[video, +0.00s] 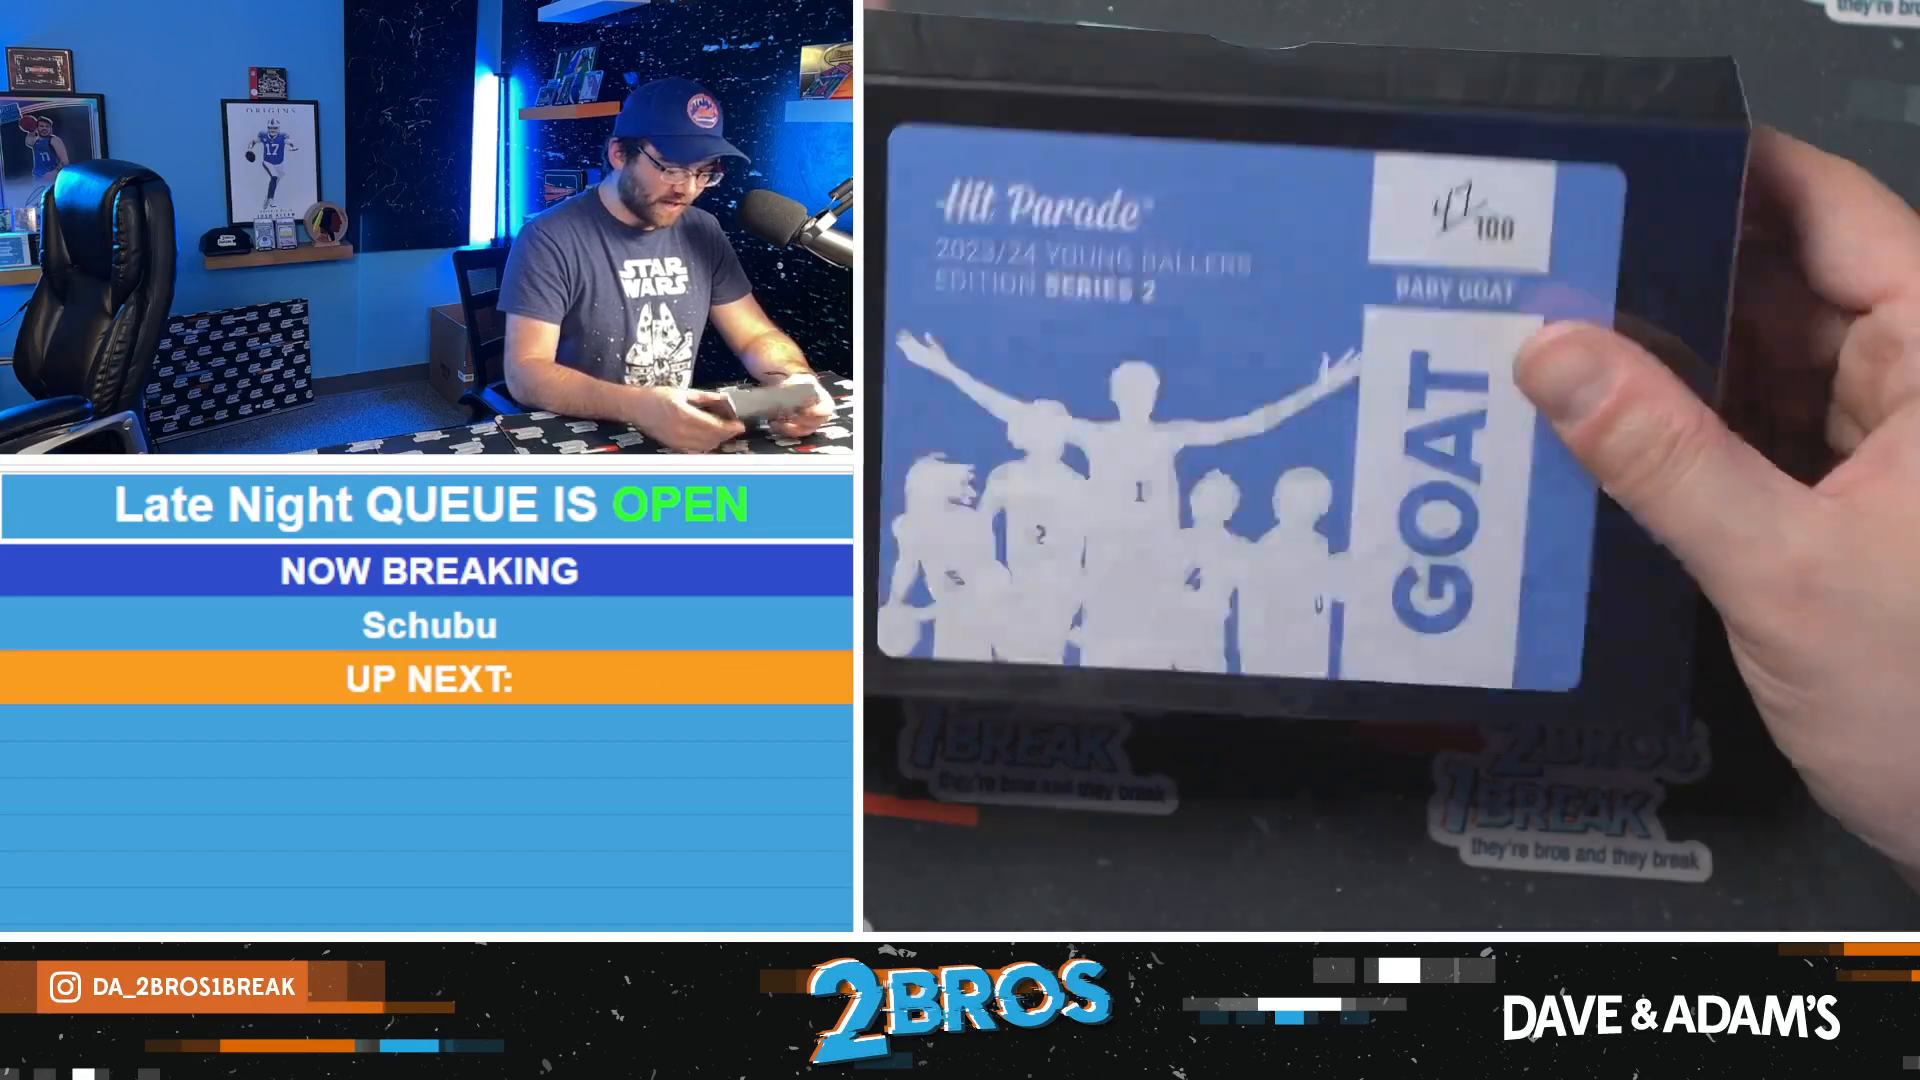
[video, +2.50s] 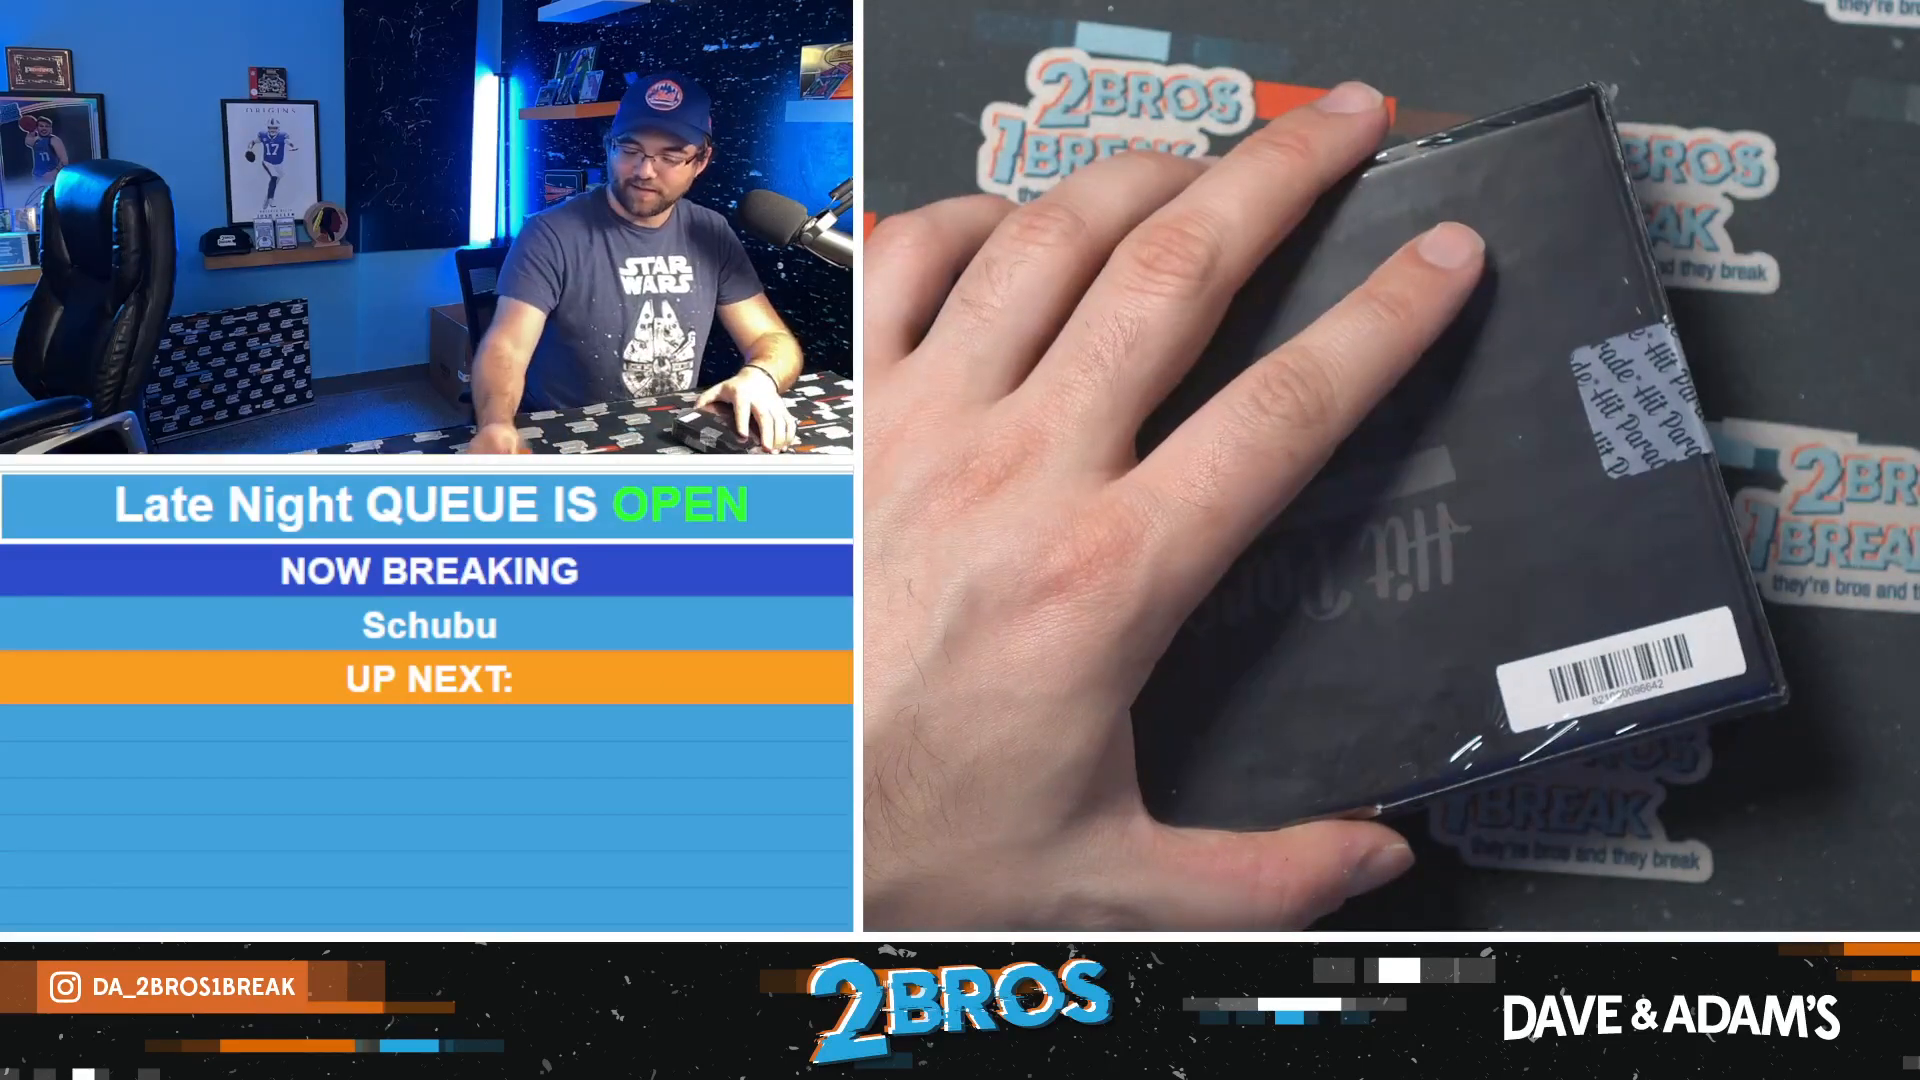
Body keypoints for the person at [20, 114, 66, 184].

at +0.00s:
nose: (44, 128)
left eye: (47, 126)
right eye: (41, 126)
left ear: (51, 129)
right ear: (37, 128)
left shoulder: (54, 140)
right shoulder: (35, 140)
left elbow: (64, 161)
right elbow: (28, 142)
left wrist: (54, 173)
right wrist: (31, 133)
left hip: (50, 177)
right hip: (37, 176)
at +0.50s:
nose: (44, 128)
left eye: (47, 126)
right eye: (41, 126)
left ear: (51, 128)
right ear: (37, 128)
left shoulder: (54, 140)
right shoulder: (35, 140)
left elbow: (64, 160)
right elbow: (28, 142)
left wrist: (54, 173)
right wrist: (31, 133)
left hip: (50, 177)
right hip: (37, 176)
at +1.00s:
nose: (44, 128)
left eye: (47, 126)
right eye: (41, 126)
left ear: (51, 129)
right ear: (37, 128)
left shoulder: (54, 140)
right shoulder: (35, 140)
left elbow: (64, 161)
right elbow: (28, 142)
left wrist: (54, 173)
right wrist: (31, 133)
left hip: (50, 177)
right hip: (37, 176)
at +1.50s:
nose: (44, 128)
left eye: (47, 126)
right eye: (41, 126)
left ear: (51, 128)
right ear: (37, 128)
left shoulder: (54, 140)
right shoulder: (35, 140)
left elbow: (64, 160)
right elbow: (28, 142)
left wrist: (54, 173)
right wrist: (31, 133)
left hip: (50, 177)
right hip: (37, 176)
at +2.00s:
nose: (44, 128)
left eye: (46, 126)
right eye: (41, 126)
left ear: (51, 128)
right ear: (37, 128)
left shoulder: (54, 140)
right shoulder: (35, 140)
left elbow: (64, 160)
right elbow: (28, 141)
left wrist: (54, 172)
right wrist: (31, 133)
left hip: (50, 176)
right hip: (37, 176)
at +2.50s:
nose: (44, 128)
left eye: (47, 126)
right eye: (41, 126)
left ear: (50, 128)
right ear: (37, 128)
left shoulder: (54, 140)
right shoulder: (35, 140)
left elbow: (64, 160)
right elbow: (28, 141)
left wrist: (53, 173)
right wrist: (30, 132)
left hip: (50, 177)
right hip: (37, 176)